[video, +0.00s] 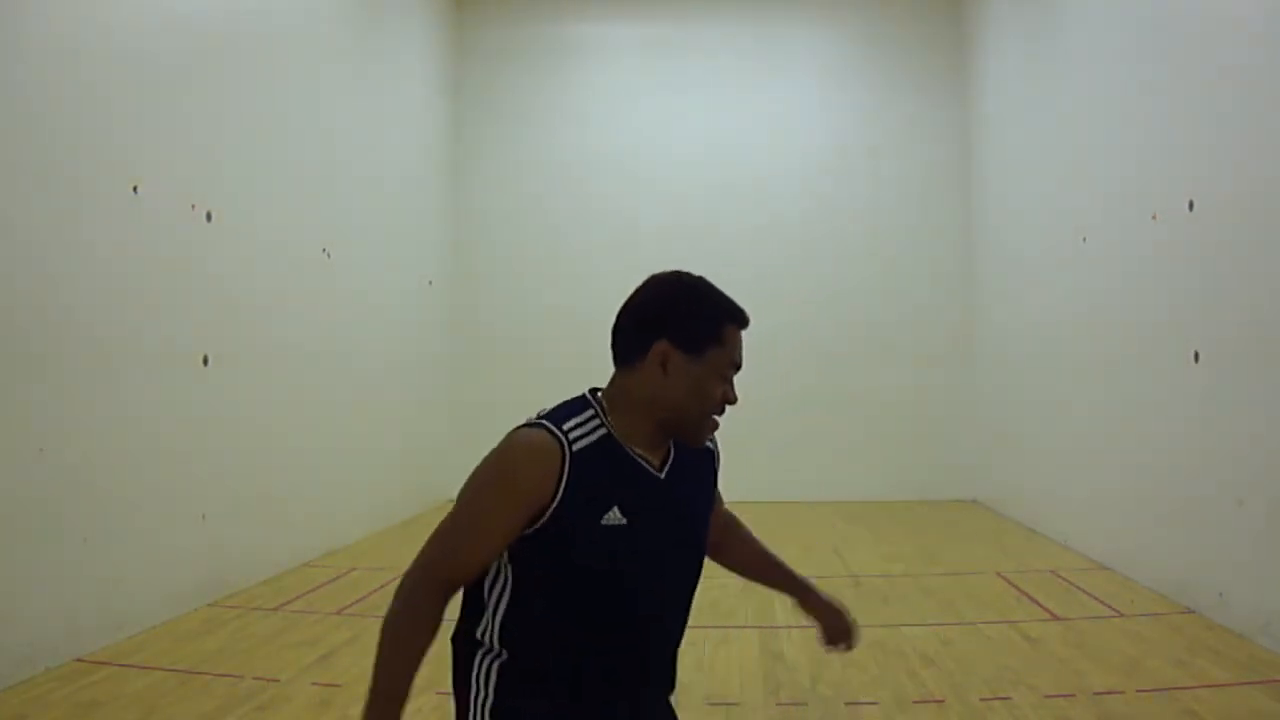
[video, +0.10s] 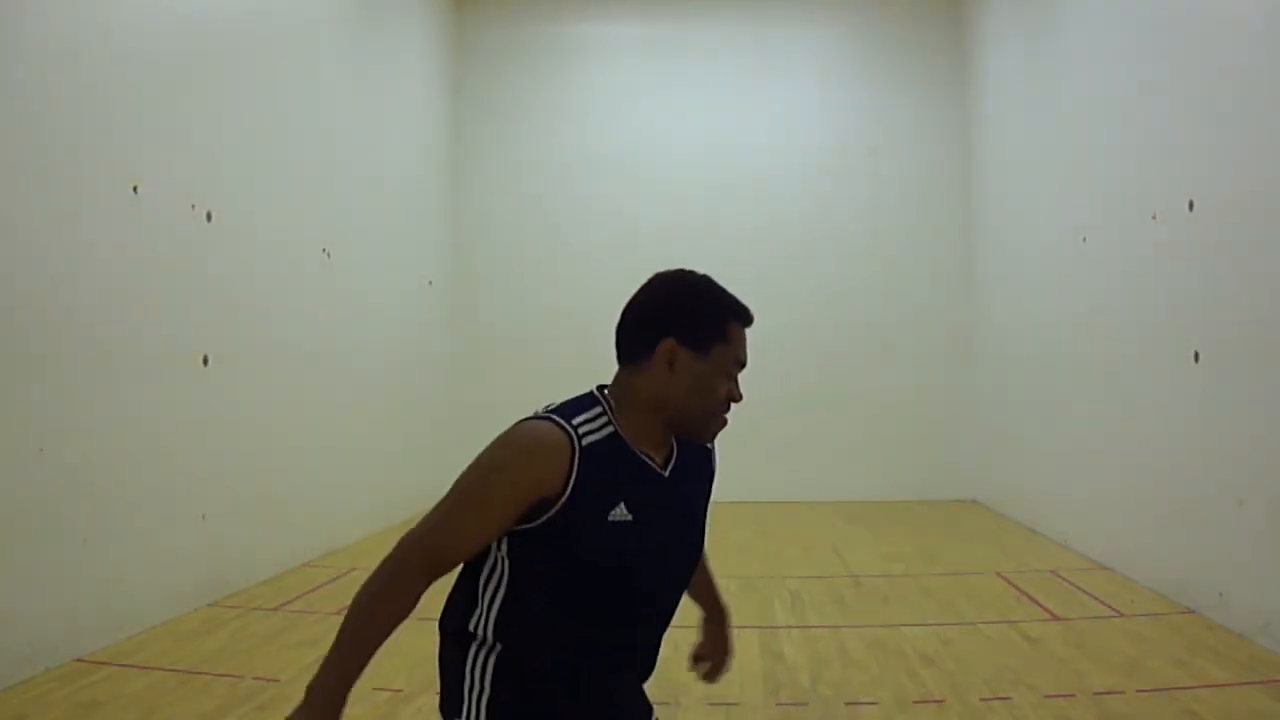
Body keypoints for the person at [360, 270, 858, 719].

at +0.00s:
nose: (732, 395)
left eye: (735, 376)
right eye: (726, 373)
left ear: (673, 365)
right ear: (665, 361)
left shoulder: (694, 451)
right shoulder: (537, 456)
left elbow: (706, 524)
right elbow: (425, 585)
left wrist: (804, 593)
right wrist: (380, 713)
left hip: (641, 707)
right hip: (523, 710)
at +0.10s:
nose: (739, 392)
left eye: (740, 374)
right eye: (732, 371)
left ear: (680, 362)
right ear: (671, 357)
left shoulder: (694, 455)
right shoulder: (546, 448)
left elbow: (672, 536)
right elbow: (410, 565)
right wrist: (323, 699)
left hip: (616, 697)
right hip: (507, 701)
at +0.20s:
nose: (752, 394)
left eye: (753, 376)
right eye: (745, 373)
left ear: (692, 367)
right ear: (688, 363)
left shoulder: (689, 455)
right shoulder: (574, 450)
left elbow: (620, 589)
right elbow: (443, 568)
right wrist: (336, 697)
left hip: (606, 700)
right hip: (510, 704)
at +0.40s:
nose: (754, 374)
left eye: (753, 356)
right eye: (747, 354)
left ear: (697, 348)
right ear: (700, 347)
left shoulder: (626, 415)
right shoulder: (657, 448)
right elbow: (649, 615)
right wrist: (680, 710)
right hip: (559, 693)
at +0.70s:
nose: (725, 326)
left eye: (725, 312)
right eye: (723, 312)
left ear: (633, 315)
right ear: (706, 315)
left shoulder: (568, 412)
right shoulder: (740, 377)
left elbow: (542, 546)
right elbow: (761, 456)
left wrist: (596, 608)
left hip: (598, 677)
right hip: (701, 670)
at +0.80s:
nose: (734, 326)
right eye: (734, 314)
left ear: (645, 320)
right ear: (724, 319)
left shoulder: (583, 415)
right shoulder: (761, 390)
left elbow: (553, 549)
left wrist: (607, 608)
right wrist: (607, 387)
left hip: (620, 675)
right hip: (730, 667)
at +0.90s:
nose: (737, 330)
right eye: (738, 321)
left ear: (649, 328)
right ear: (733, 327)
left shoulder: (595, 413)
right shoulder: (770, 403)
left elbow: (558, 547)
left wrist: (591, 619)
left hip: (637, 683)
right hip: (750, 677)